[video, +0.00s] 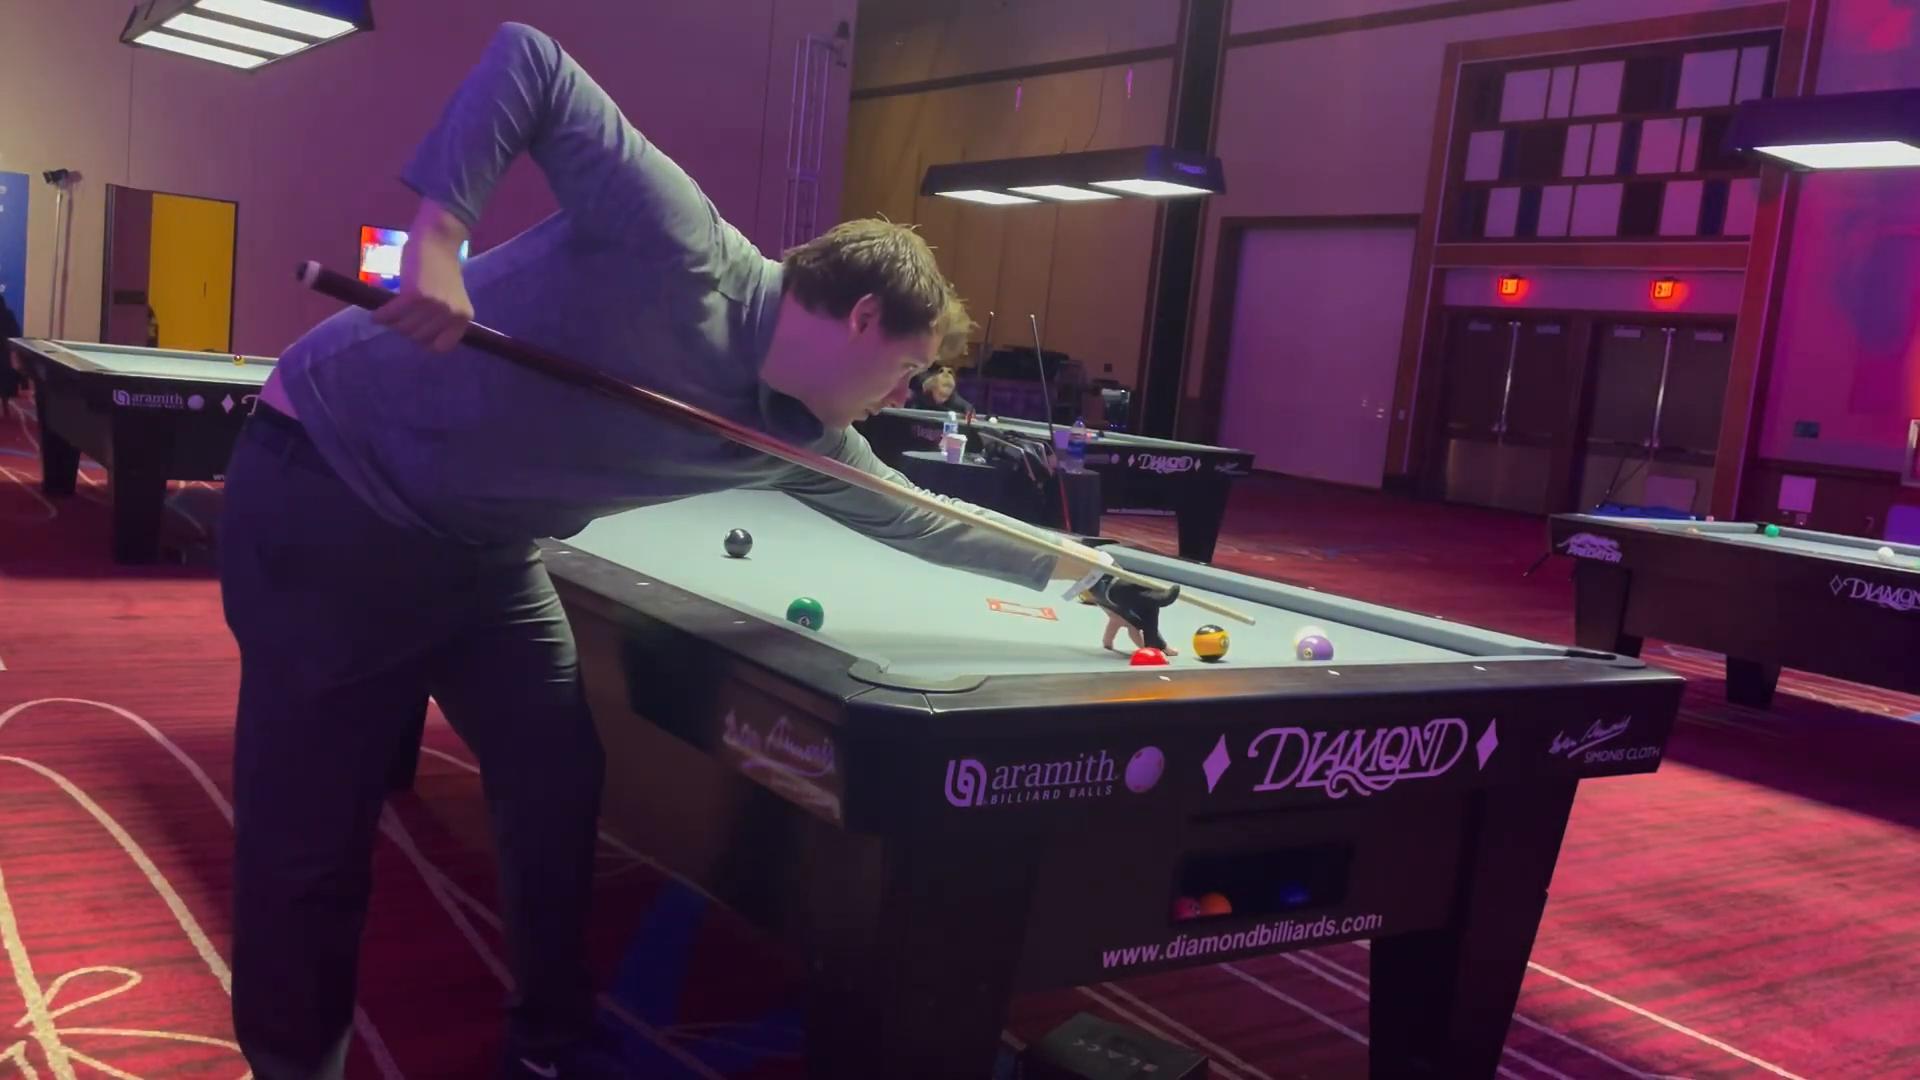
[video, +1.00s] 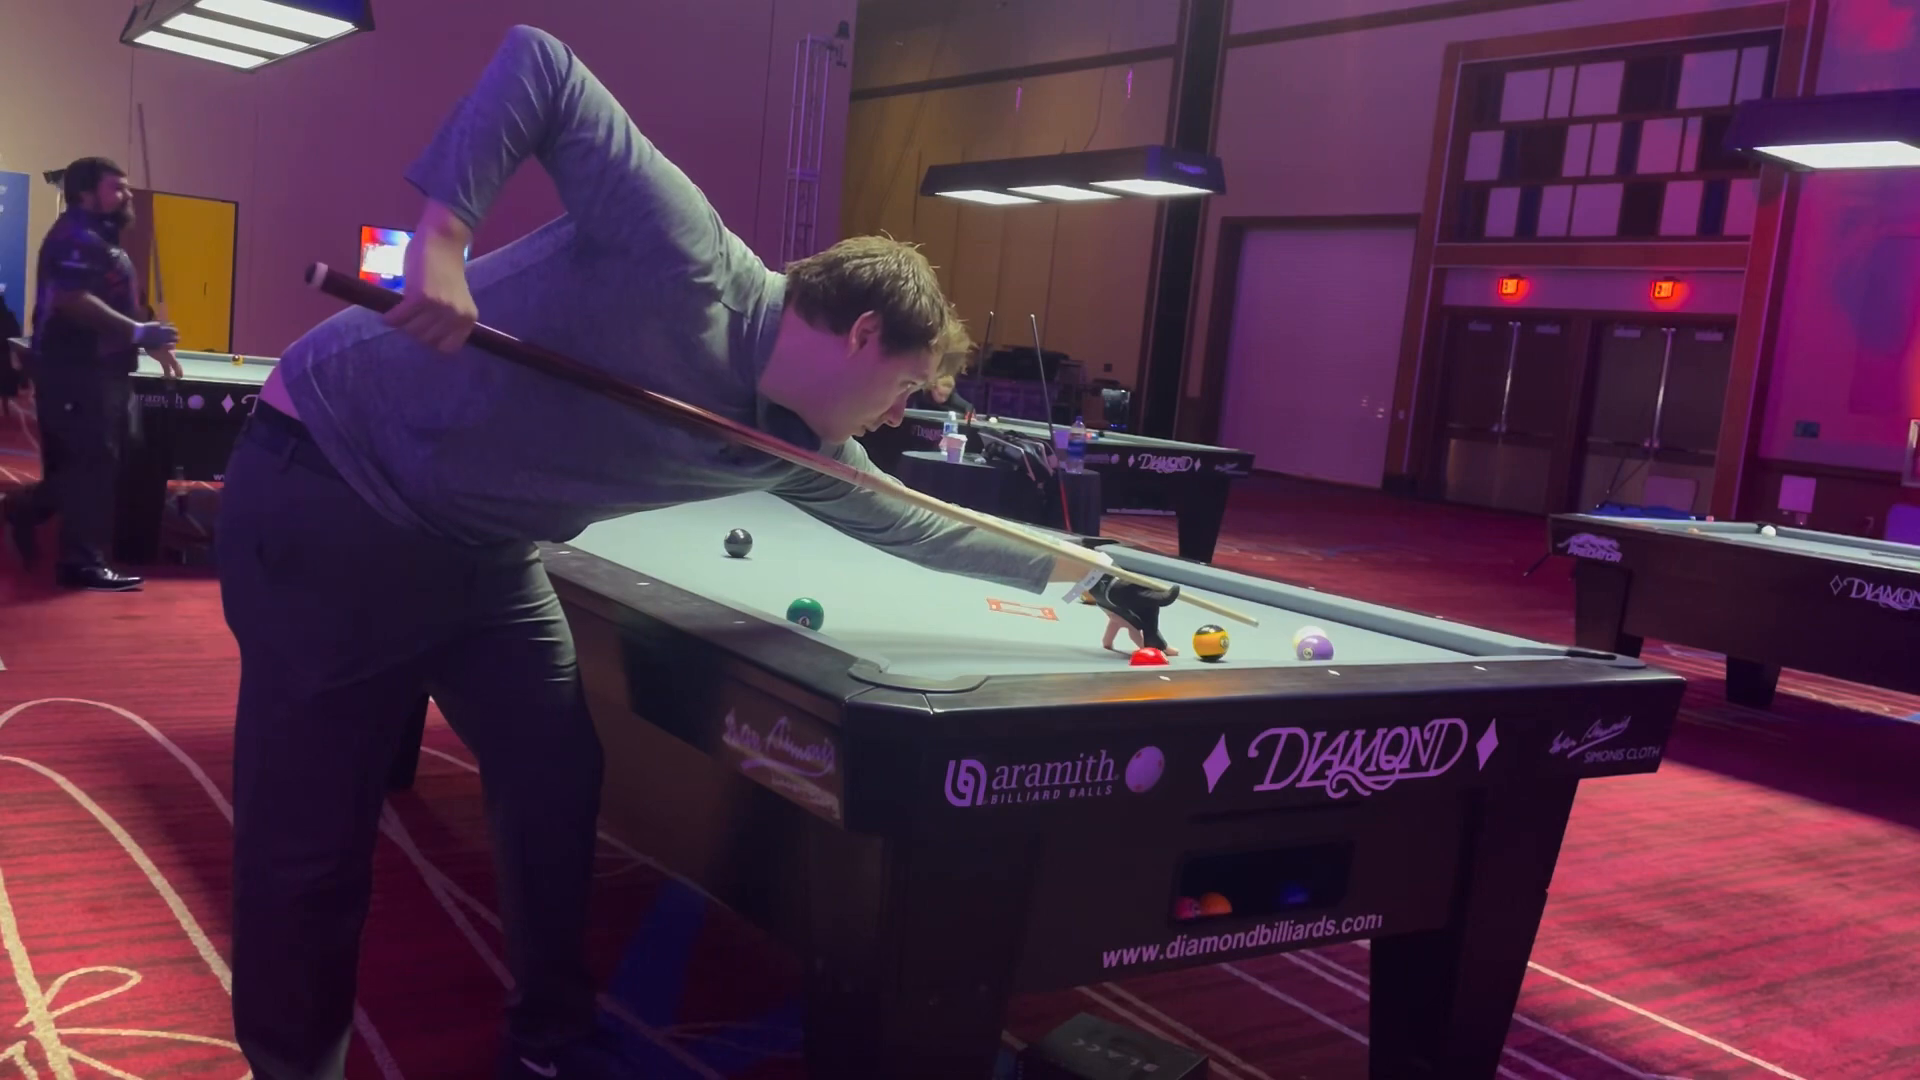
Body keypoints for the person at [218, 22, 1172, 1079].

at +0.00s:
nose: (900, 401)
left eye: (915, 381)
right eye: (910, 371)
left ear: (854, 330)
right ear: (863, 321)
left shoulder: (790, 428)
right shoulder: (676, 237)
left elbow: (914, 518)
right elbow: (527, 64)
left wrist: (1066, 561)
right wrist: (434, 238)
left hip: (487, 537)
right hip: (332, 483)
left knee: (555, 766)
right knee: (310, 826)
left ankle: (549, 1033)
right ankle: (293, 1060)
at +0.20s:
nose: (899, 407)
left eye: (914, 387)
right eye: (909, 377)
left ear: (854, 334)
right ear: (863, 325)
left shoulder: (789, 433)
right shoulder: (679, 239)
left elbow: (916, 520)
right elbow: (528, 64)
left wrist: (1069, 560)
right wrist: (477, 254)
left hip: (484, 531)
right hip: (331, 478)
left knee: (554, 759)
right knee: (310, 823)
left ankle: (550, 1032)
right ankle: (293, 1060)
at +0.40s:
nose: (893, 412)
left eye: (909, 393)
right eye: (905, 383)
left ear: (853, 336)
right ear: (862, 328)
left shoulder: (785, 432)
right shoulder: (678, 239)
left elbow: (910, 519)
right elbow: (531, 67)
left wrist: (1066, 560)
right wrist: (476, 256)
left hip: (484, 528)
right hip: (329, 476)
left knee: (553, 757)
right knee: (311, 818)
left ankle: (548, 1031)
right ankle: (292, 1055)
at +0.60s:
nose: (893, 414)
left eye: (909, 396)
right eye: (904, 385)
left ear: (853, 337)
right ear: (861, 328)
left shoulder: (783, 434)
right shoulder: (680, 245)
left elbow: (910, 520)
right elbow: (532, 69)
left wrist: (1064, 561)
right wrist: (477, 254)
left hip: (481, 529)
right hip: (329, 478)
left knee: (554, 758)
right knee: (310, 824)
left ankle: (549, 1031)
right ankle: (292, 1057)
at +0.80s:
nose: (890, 417)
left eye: (907, 399)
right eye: (903, 387)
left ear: (853, 339)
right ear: (861, 330)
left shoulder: (783, 435)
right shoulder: (681, 246)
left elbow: (913, 522)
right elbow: (532, 69)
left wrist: (1067, 562)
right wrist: (471, 254)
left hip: (482, 529)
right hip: (330, 477)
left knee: (552, 759)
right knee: (311, 823)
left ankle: (549, 1031)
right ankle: (293, 1058)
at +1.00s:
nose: (892, 423)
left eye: (909, 405)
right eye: (903, 393)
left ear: (852, 344)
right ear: (857, 334)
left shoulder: (787, 436)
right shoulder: (678, 241)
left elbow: (912, 525)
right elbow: (535, 68)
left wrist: (1068, 561)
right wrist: (437, 239)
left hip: (482, 532)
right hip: (329, 478)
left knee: (553, 761)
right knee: (310, 827)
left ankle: (547, 1031)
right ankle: (293, 1056)